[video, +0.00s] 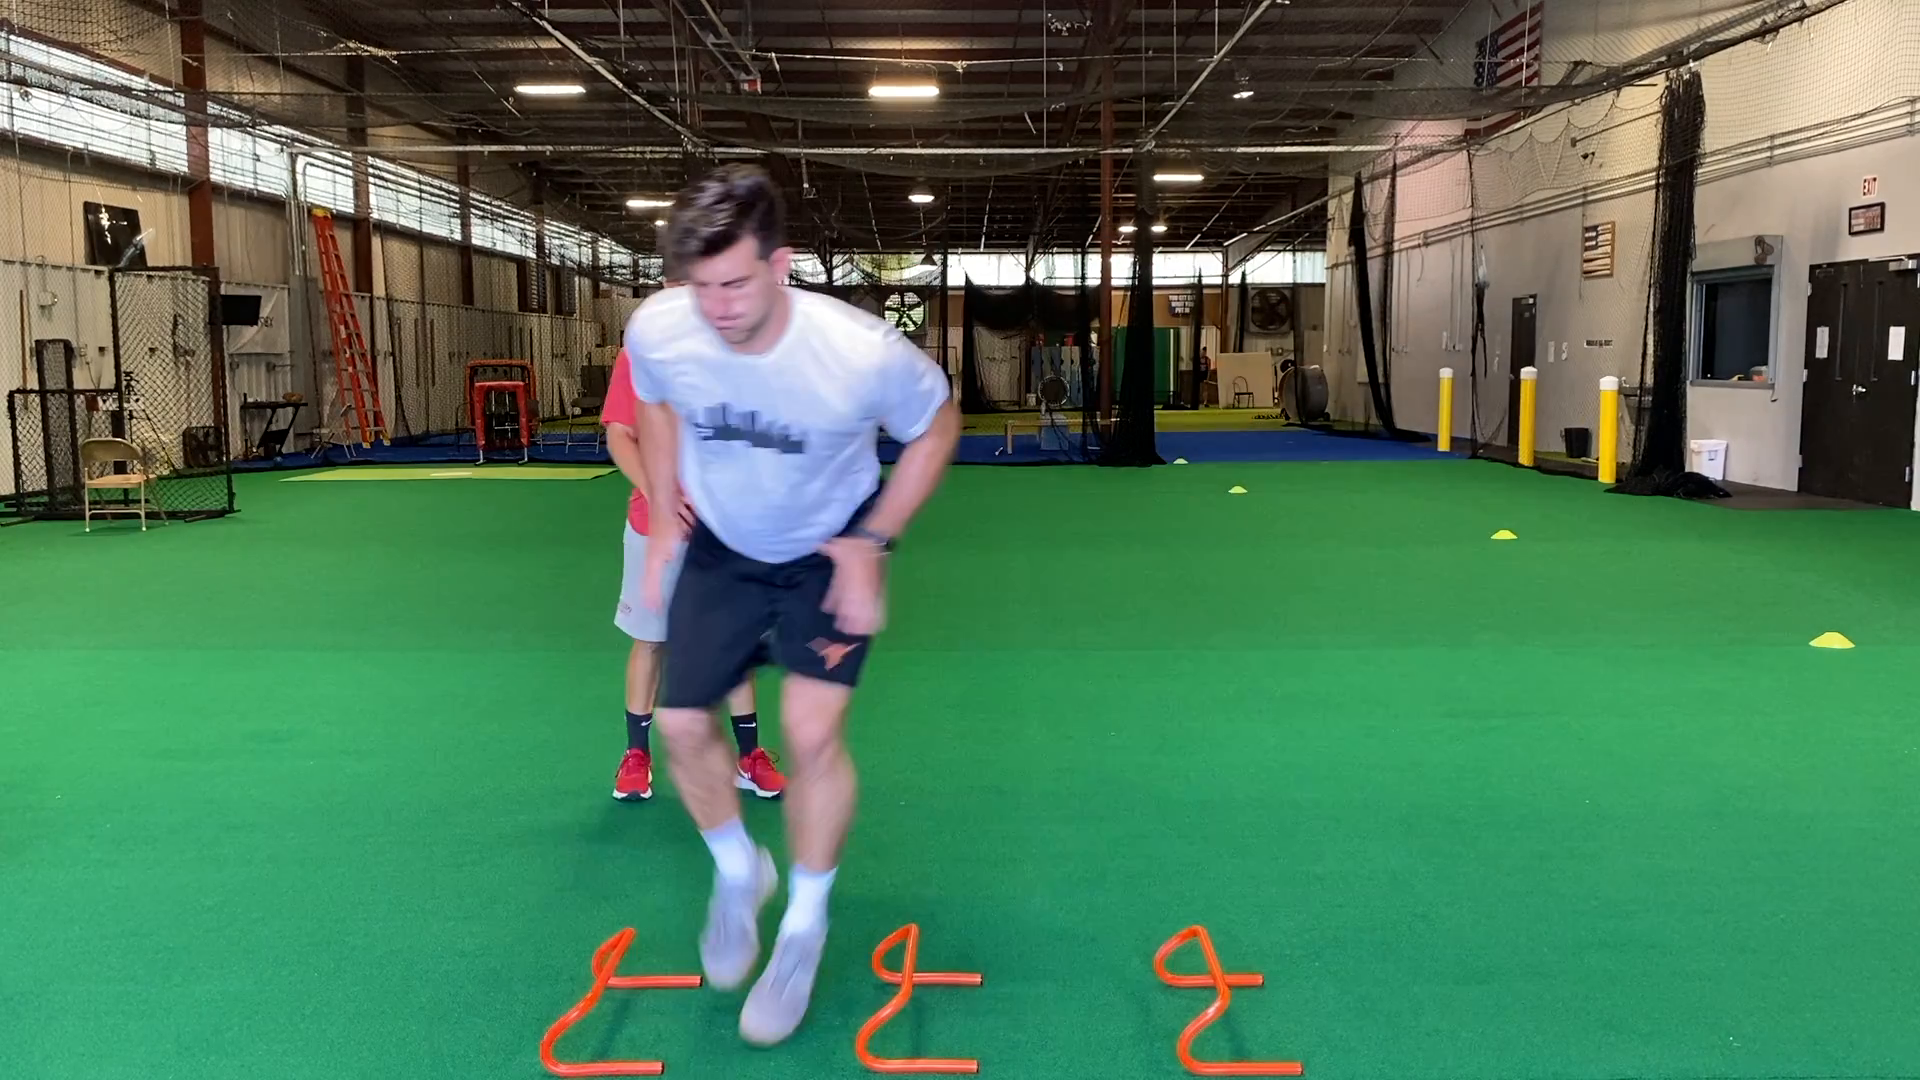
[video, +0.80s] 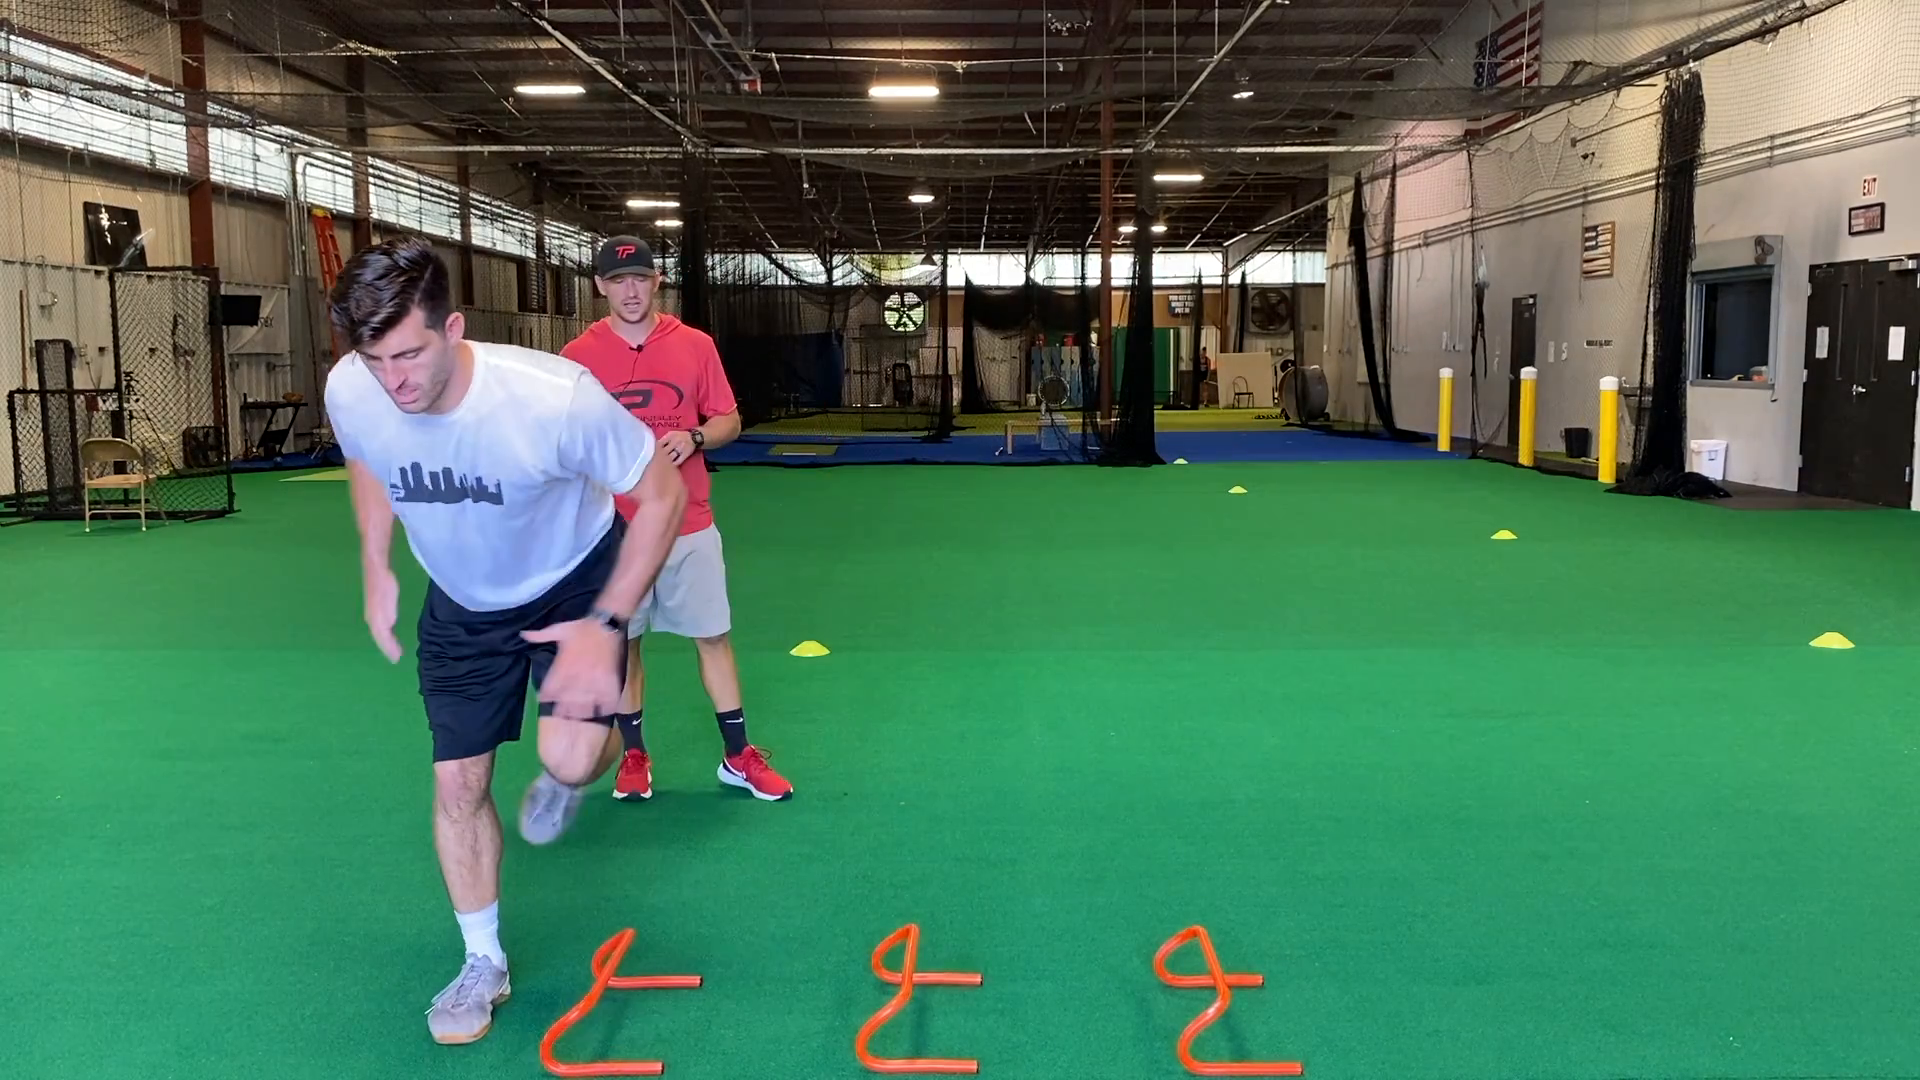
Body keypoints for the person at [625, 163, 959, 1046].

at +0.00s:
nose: (719, 304)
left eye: (737, 282)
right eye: (702, 285)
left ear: (783, 263)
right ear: (683, 276)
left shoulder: (860, 351)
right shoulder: (658, 333)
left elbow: (939, 423)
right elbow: (659, 403)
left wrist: (874, 540)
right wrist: (664, 507)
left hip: (826, 556)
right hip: (716, 551)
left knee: (810, 737)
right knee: (681, 722)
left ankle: (804, 928)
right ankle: (738, 870)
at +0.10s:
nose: (656, 322)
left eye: (674, 301)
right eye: (640, 303)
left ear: (720, 285)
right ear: (622, 295)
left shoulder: (801, 378)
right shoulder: (605, 342)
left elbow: (879, 479)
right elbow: (610, 404)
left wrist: (781, 527)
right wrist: (615, 484)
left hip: (772, 584)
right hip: (656, 562)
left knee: (757, 772)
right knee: (581, 701)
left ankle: (781, 958)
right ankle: (646, 788)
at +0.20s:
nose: (582, 324)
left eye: (599, 302)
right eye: (566, 305)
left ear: (647, 284)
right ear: (550, 297)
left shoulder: (730, 365)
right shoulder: (532, 346)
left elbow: (837, 434)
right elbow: (555, 418)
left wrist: (766, 555)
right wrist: (563, 521)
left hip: (726, 576)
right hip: (609, 569)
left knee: (724, 751)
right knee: (533, 733)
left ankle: (778, 940)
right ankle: (515, 892)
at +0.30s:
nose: (515, 346)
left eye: (532, 323)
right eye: (499, 328)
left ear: (582, 304)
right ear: (483, 318)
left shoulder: (671, 375)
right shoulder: (471, 384)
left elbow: (797, 408)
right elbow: (489, 466)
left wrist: (788, 541)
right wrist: (499, 562)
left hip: (675, 580)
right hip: (558, 593)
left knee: (659, 734)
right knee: (507, 784)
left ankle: (739, 861)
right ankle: (490, 962)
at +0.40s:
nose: (466, 370)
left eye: (483, 348)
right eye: (450, 351)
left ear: (533, 330)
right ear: (434, 344)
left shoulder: (623, 399)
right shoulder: (424, 411)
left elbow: (752, 421)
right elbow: (437, 495)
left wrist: (755, 556)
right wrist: (442, 571)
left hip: (641, 584)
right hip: (522, 606)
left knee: (603, 734)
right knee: (476, 798)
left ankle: (686, 790)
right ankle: (488, 964)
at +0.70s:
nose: (400, 379)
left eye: (415, 358)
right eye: (383, 361)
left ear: (460, 332)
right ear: (366, 349)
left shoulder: (560, 398)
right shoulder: (357, 403)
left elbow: (686, 446)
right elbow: (365, 483)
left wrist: (665, 584)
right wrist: (369, 583)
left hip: (583, 581)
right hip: (466, 608)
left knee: (579, 745)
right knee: (458, 785)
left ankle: (608, 772)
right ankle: (484, 961)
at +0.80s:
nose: (394, 377)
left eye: (410, 355)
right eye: (379, 359)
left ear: (453, 329)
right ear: (361, 348)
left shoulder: (556, 400)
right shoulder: (352, 392)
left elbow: (665, 492)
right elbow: (368, 465)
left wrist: (606, 624)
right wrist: (378, 569)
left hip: (573, 580)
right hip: (461, 596)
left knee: (572, 758)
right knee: (459, 779)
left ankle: (568, 776)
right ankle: (484, 962)